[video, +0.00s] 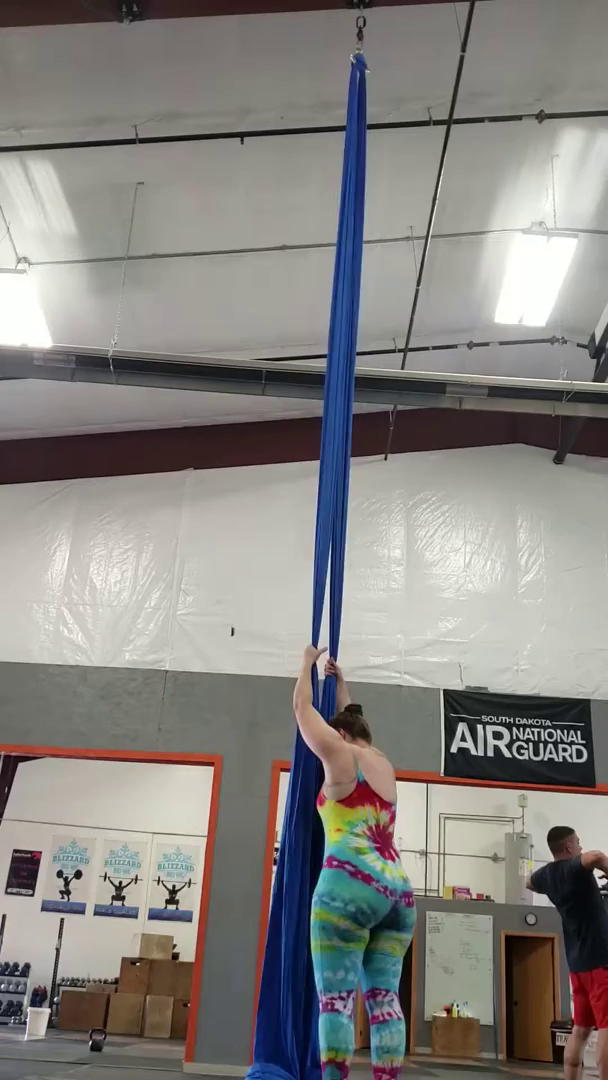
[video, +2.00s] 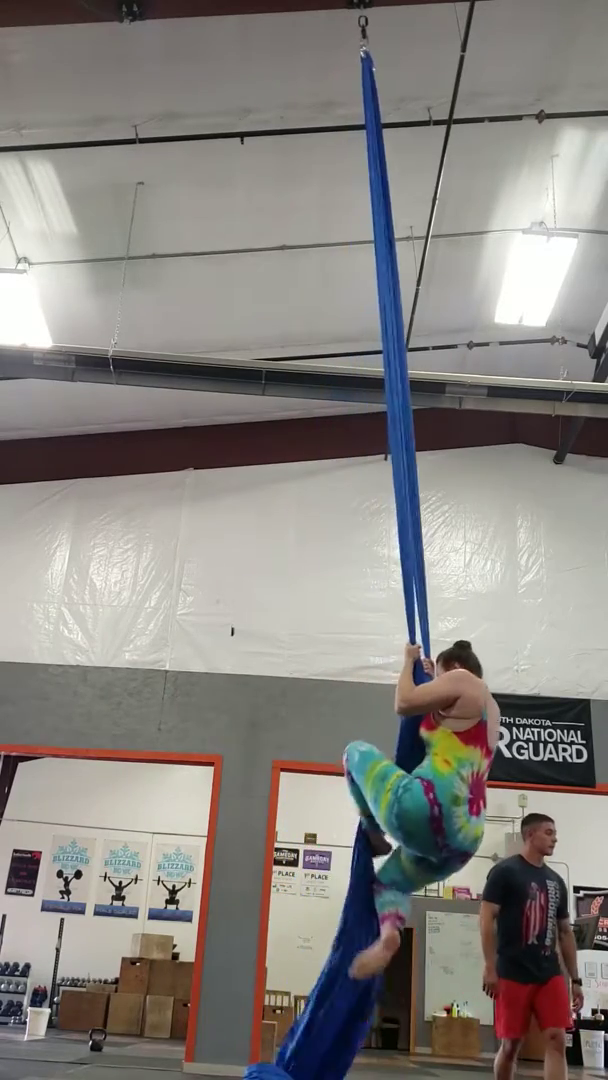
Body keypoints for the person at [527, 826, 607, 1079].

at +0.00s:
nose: (580, 847)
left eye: (578, 843)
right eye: (577, 843)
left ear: (554, 848)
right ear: (568, 845)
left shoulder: (547, 873)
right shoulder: (577, 864)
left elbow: (530, 882)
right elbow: (597, 856)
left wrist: (552, 881)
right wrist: (606, 870)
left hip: (576, 961)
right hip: (598, 959)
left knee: (579, 1029)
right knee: (604, 1030)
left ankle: (570, 1076)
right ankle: (603, 1076)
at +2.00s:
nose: (554, 838)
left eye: (554, 833)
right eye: (548, 832)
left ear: (551, 838)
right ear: (529, 835)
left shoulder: (556, 881)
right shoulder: (503, 871)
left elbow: (565, 932)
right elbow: (486, 919)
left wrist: (575, 979)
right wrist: (489, 968)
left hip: (550, 974)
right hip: (512, 973)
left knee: (557, 1040)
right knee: (509, 1046)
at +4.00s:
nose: (422, 829)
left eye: (421, 823)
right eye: (418, 823)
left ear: (397, 825)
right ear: (402, 824)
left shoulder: (380, 861)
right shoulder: (404, 858)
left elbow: (378, 916)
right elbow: (410, 908)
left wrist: (374, 964)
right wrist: (428, 955)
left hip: (380, 961)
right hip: (406, 960)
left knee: (385, 1032)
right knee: (424, 1032)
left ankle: (379, 1077)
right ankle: (432, 1077)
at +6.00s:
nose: (427, 840)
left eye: (427, 835)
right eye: (423, 834)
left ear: (410, 838)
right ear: (406, 836)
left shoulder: (406, 871)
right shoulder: (392, 866)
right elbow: (374, 910)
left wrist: (368, 961)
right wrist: (366, 954)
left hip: (401, 958)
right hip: (388, 957)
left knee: (404, 1027)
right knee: (397, 1025)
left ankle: (394, 1076)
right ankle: (381, 1076)